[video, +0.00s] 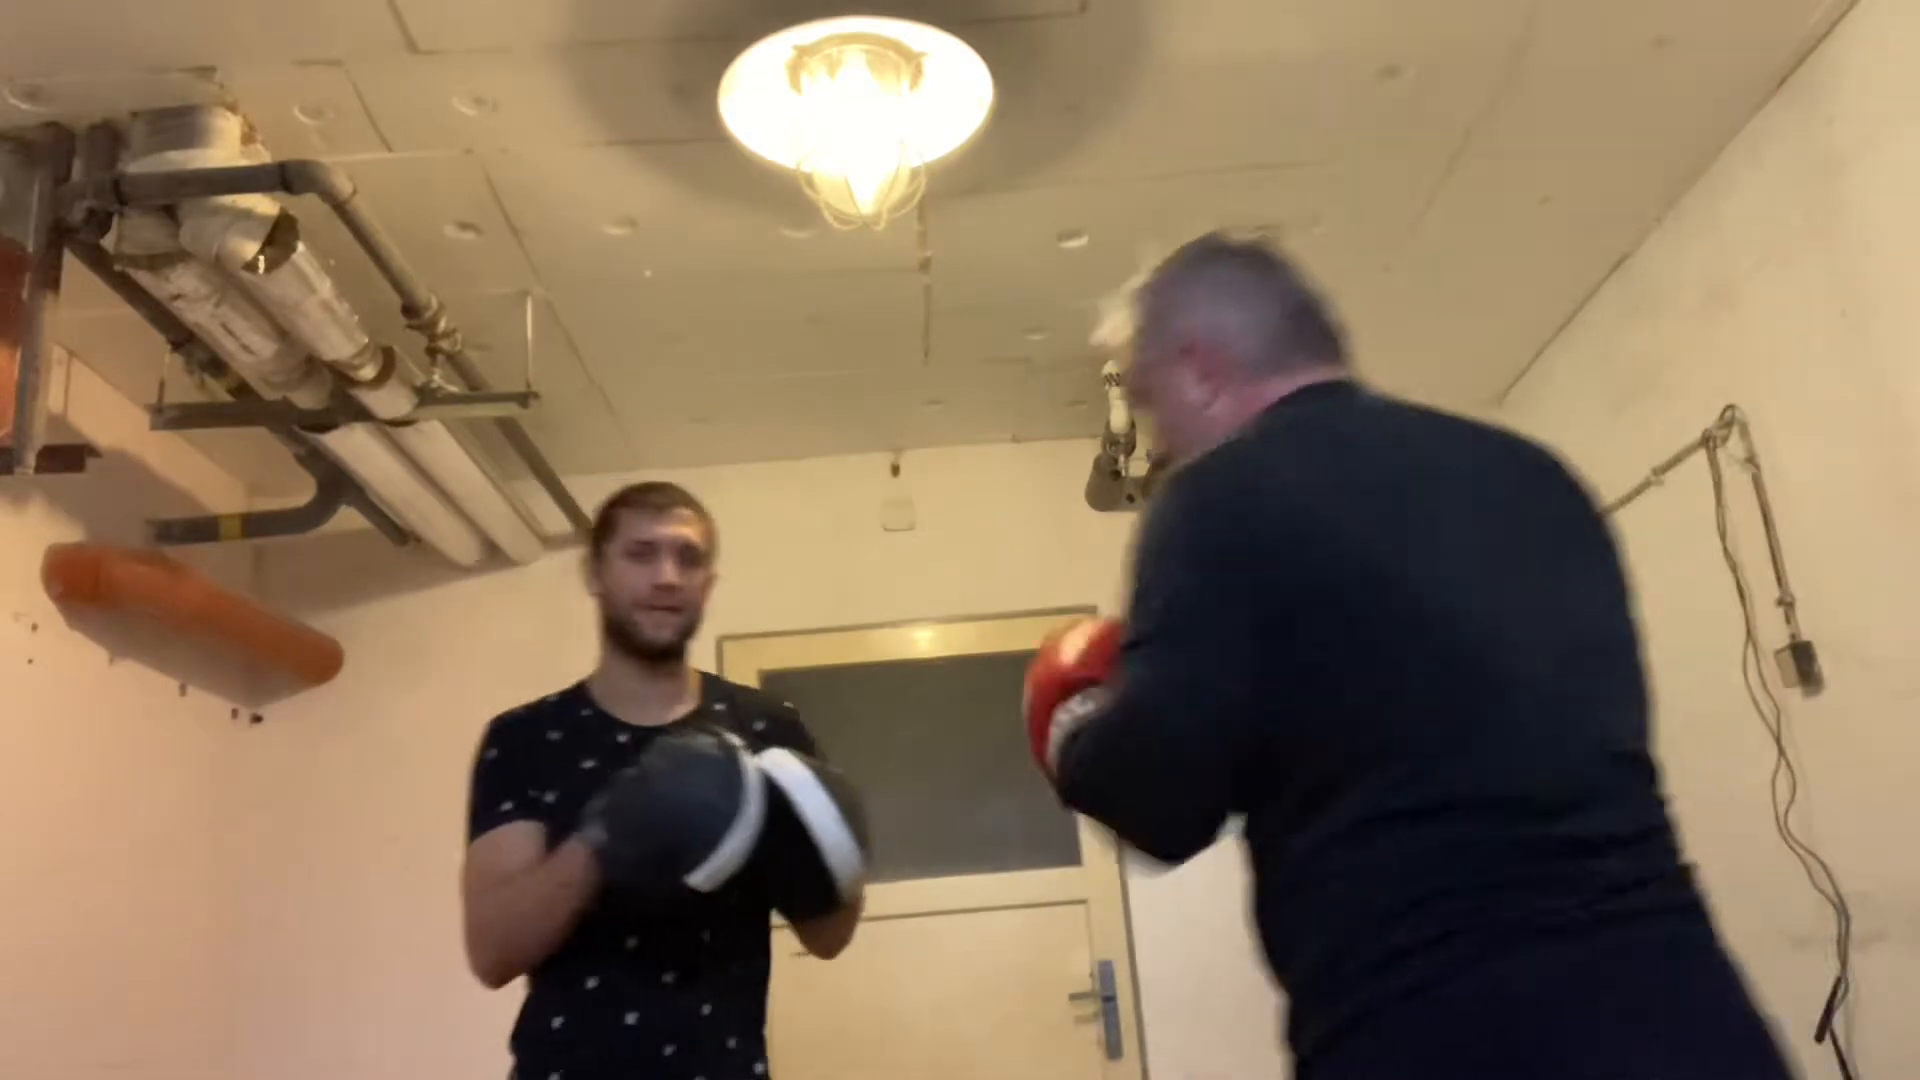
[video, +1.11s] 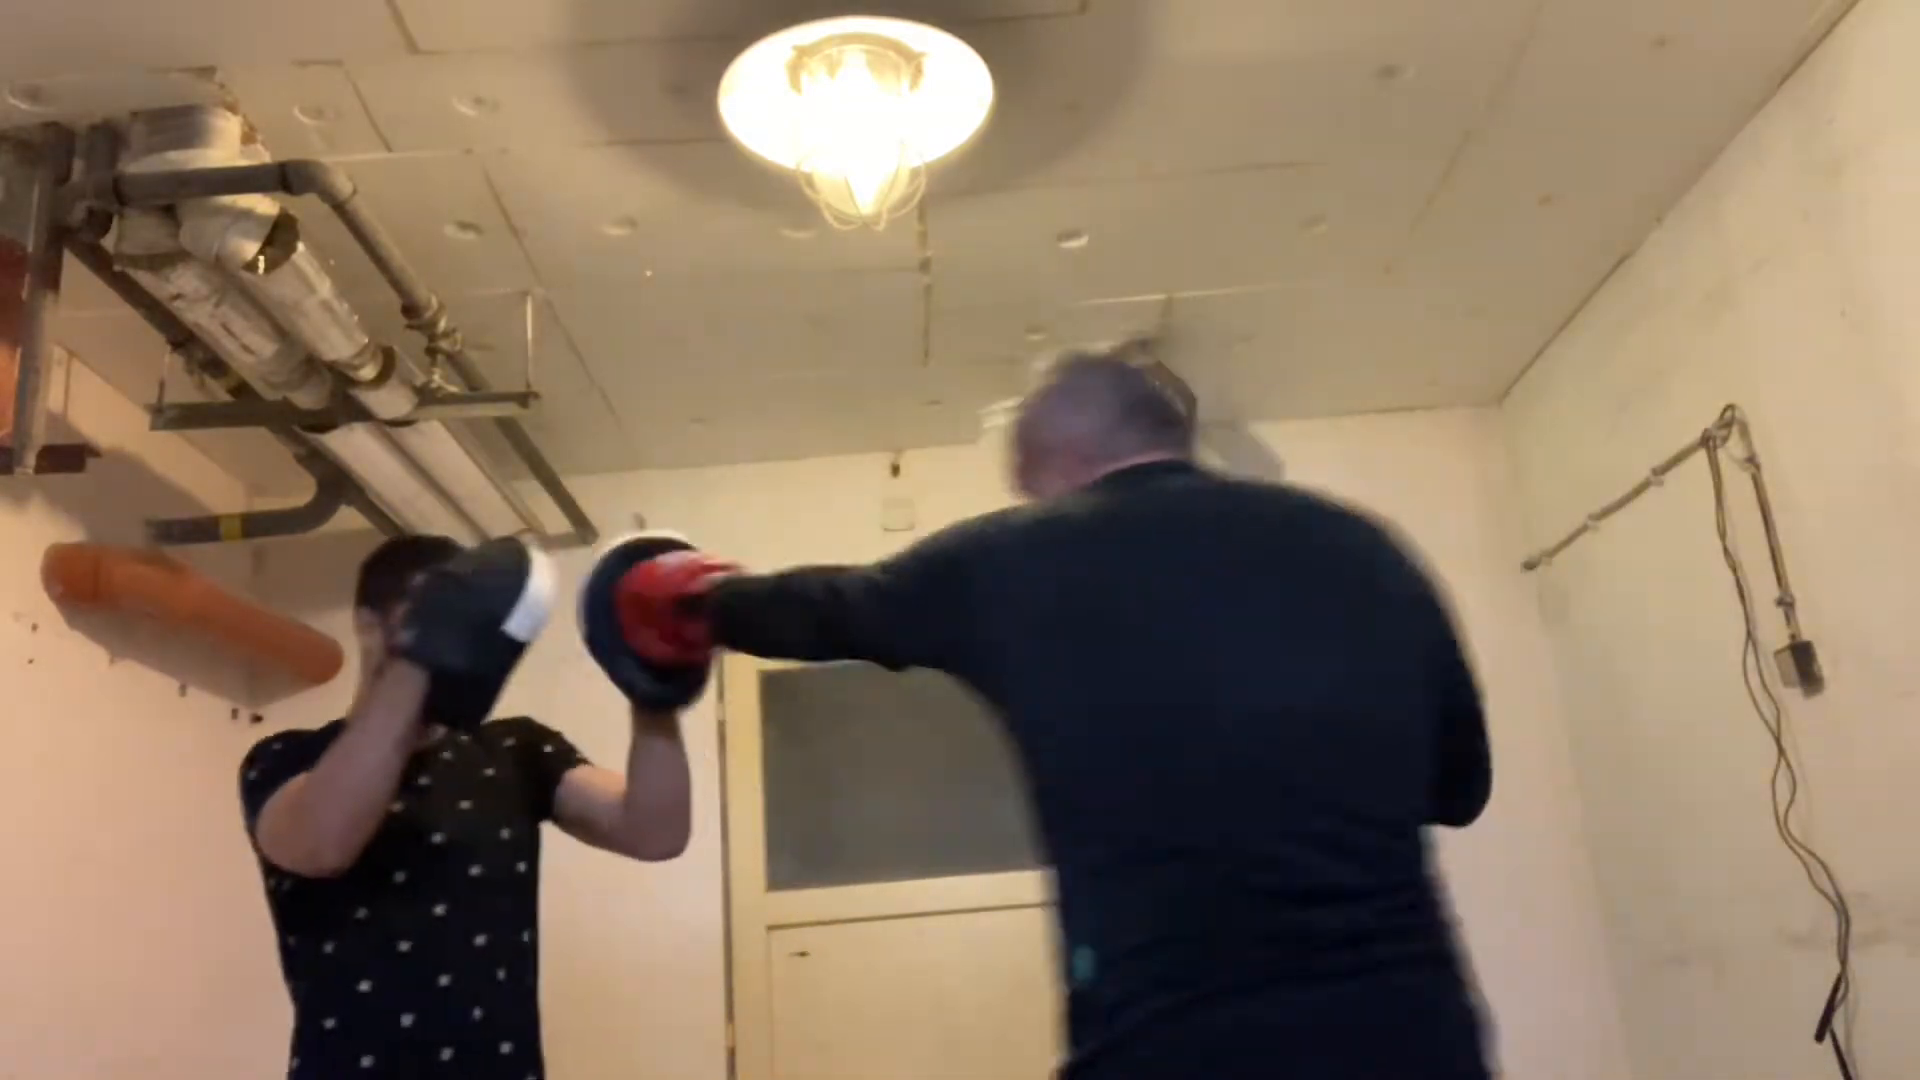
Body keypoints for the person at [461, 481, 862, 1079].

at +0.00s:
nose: (667, 578)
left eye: (688, 559)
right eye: (641, 555)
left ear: (710, 582)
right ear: (595, 574)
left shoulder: (767, 730)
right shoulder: (526, 743)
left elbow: (827, 936)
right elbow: (492, 950)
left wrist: (808, 838)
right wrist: (607, 836)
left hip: (723, 1061)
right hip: (574, 1062)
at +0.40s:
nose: (725, 605)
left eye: (744, 586)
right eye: (700, 578)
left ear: (757, 603)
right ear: (647, 587)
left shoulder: (768, 745)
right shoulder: (562, 726)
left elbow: (850, 941)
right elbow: (530, 910)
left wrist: (859, 826)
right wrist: (671, 786)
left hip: (720, 1060)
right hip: (580, 1058)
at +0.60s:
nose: (678, 624)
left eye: (691, 604)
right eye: (654, 599)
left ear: (704, 611)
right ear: (590, 602)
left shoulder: (704, 744)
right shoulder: (506, 735)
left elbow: (826, 895)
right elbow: (502, 885)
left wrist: (822, 760)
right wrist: (619, 733)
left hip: (679, 1060)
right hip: (539, 1060)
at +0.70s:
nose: (623, 635)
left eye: (637, 617)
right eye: (603, 614)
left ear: (655, 626)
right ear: (540, 615)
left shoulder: (665, 750)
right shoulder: (454, 745)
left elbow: (796, 857)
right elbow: (473, 859)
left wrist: (784, 722)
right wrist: (582, 691)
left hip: (637, 1061)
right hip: (497, 1063)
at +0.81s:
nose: (544, 635)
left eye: (559, 618)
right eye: (528, 616)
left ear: (583, 628)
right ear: (479, 625)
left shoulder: (605, 760)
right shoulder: (393, 754)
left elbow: (750, 827)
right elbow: (430, 835)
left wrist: (736, 690)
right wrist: (537, 657)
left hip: (584, 1061)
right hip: (444, 1063)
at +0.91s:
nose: (508, 635)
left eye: (521, 617)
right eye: (489, 616)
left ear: (541, 626)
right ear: (431, 631)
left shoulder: (559, 758)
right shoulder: (343, 755)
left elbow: (705, 815)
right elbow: (382, 831)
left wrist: (693, 672)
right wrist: (490, 656)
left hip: (537, 1065)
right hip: (395, 1067)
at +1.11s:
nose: (446, 631)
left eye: (457, 611)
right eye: (428, 612)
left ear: (482, 622)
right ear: (371, 625)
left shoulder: (514, 753)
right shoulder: (287, 763)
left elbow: (654, 832)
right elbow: (320, 844)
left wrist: (655, 693)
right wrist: (413, 661)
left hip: (500, 1064)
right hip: (351, 1065)